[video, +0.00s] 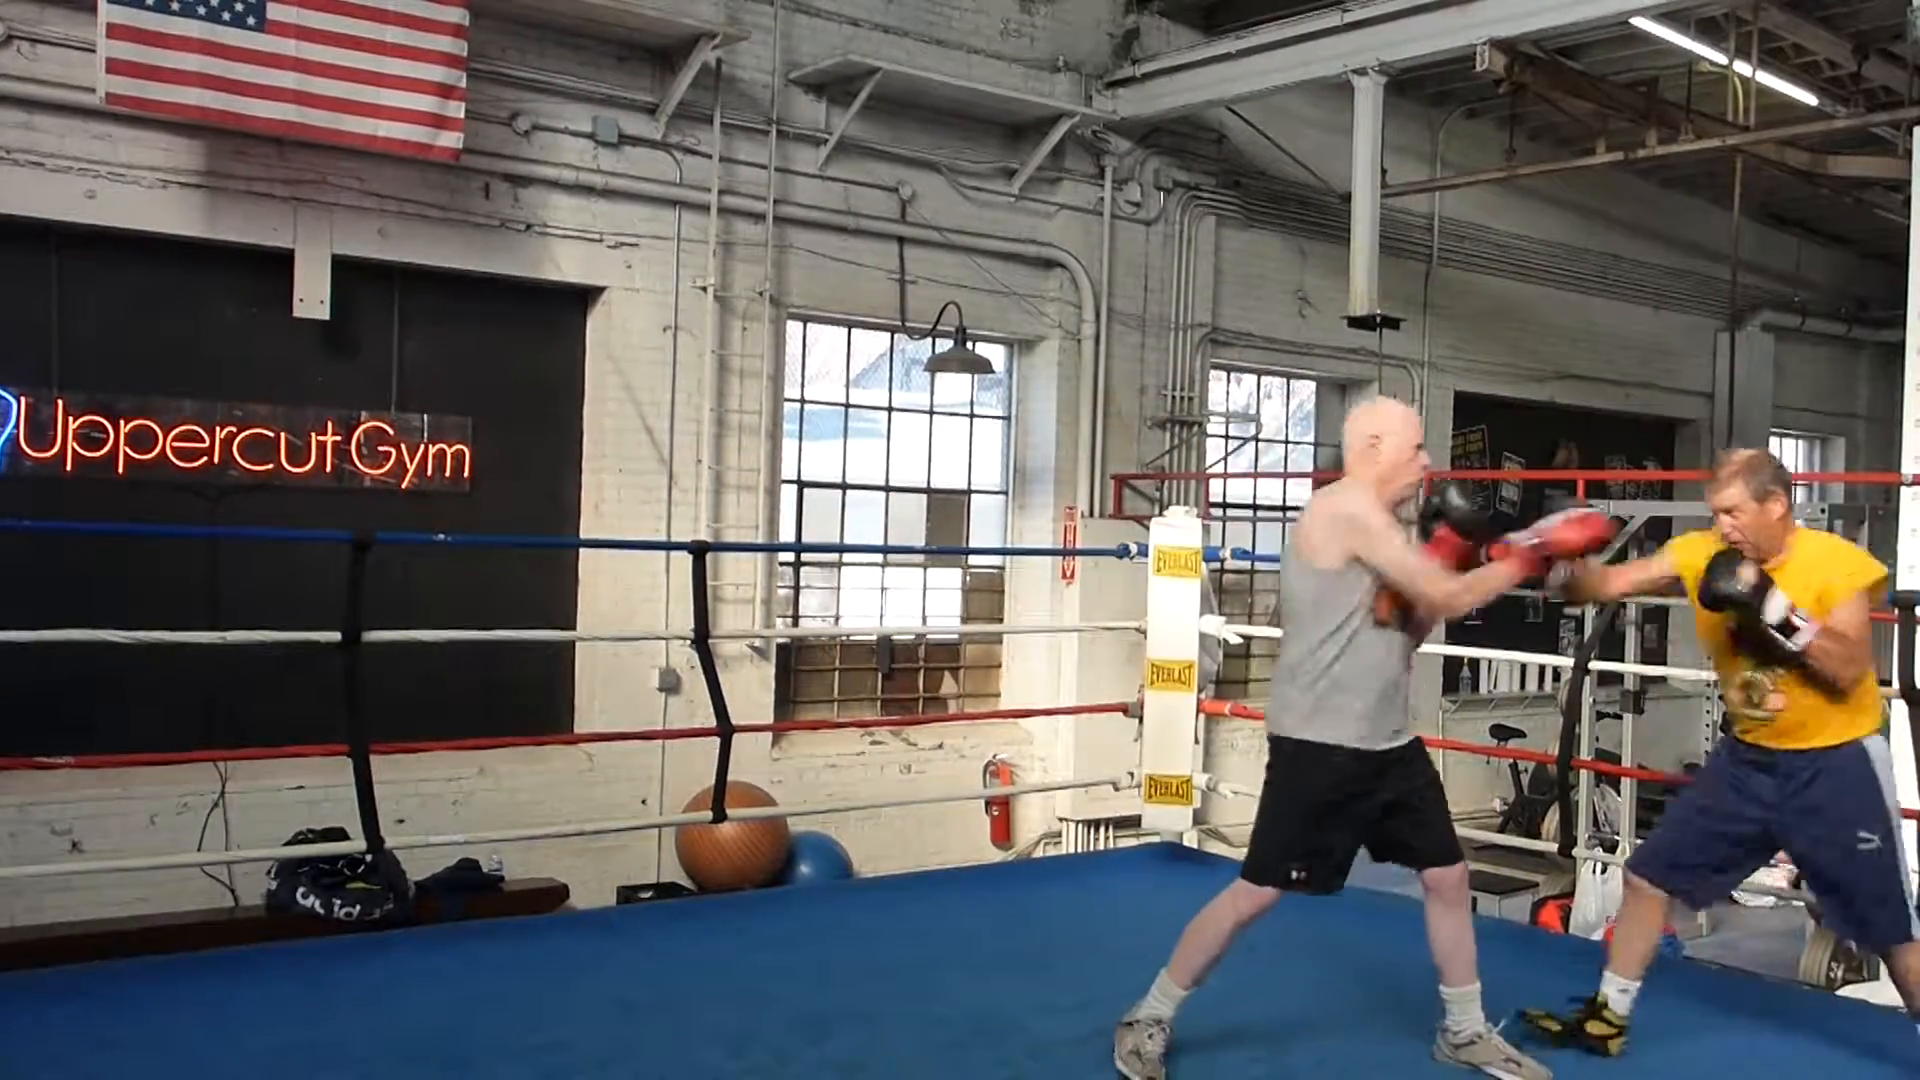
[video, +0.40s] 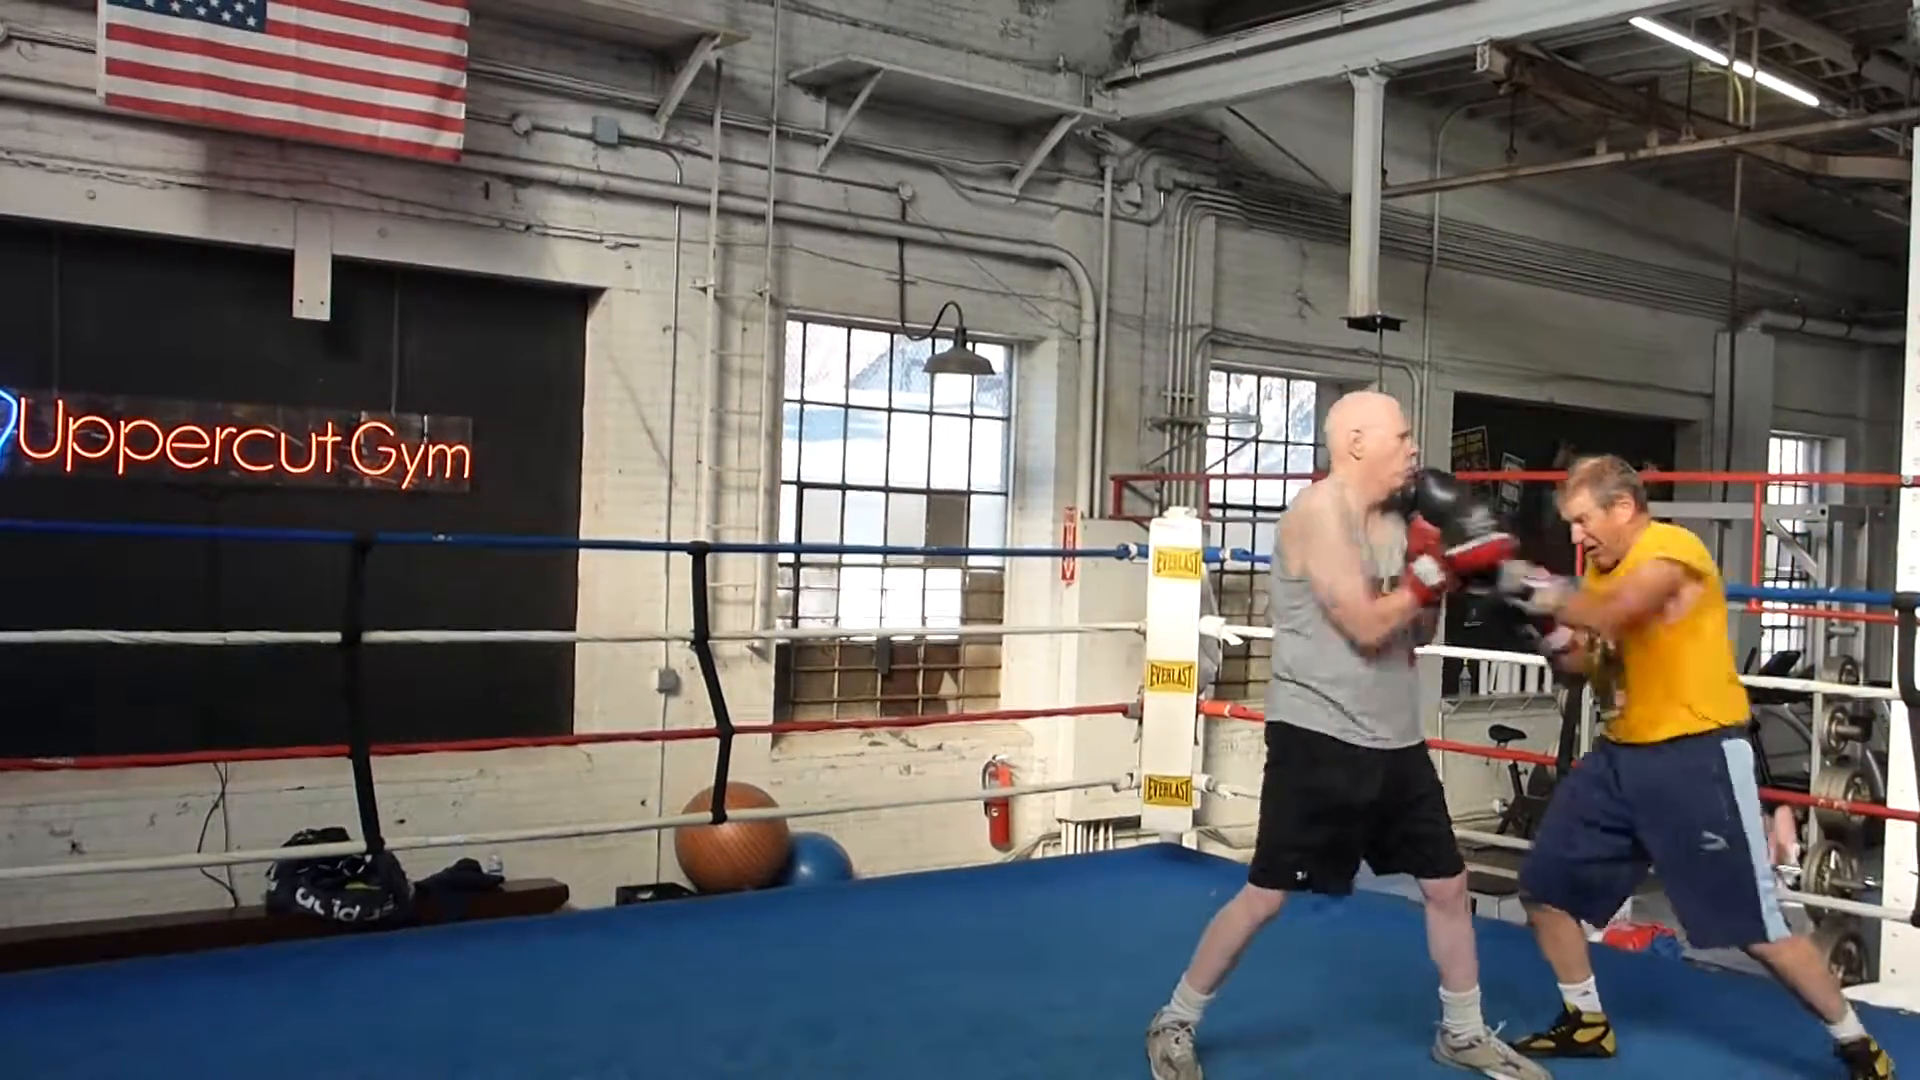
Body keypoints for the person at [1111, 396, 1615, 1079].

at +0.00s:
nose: (1429, 462)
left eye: (1426, 449)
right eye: (1418, 447)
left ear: (1374, 450)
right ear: (1375, 448)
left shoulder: (1373, 521)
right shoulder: (1344, 507)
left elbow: (1396, 638)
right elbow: (1445, 594)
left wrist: (1440, 565)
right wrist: (1530, 554)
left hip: (1390, 743)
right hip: (1317, 744)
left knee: (1448, 877)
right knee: (1255, 893)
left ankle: (1465, 1031)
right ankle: (1151, 1017)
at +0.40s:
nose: (1415, 451)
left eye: (1413, 439)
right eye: (1403, 438)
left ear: (1373, 445)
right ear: (1355, 444)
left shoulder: (1397, 521)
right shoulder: (1315, 509)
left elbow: (1413, 632)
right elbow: (1366, 627)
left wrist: (1437, 567)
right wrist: (1431, 576)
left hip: (1396, 738)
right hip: (1316, 733)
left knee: (1448, 886)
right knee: (1267, 893)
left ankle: (1463, 1032)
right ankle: (1175, 1021)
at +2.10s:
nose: (1512, 460)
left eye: (1510, 446)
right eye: (1497, 446)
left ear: (1480, 456)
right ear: (1444, 455)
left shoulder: (1501, 523)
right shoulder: (1394, 524)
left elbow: (1528, 643)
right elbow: (1407, 667)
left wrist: (1502, 597)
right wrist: (1500, 665)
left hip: (1478, 758)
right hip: (1386, 759)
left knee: (1541, 909)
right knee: (1319, 919)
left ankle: (1527, 1071)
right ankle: (1241, 1039)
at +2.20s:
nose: (1567, 462)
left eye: (1564, 447)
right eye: (1552, 448)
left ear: (1502, 460)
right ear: (1501, 457)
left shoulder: (1482, 519)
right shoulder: (1485, 527)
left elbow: (1507, 639)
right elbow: (1586, 646)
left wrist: (1565, 573)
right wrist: (1682, 630)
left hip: (1488, 765)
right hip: (1412, 764)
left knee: (1549, 905)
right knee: (1334, 915)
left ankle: (1528, 1071)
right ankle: (1234, 1027)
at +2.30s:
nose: (1623, 468)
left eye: (1619, 452)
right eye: (1607, 453)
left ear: (1552, 462)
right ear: (1553, 461)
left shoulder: (1503, 504)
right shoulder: (1560, 529)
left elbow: (1518, 628)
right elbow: (1669, 637)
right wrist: (1760, 636)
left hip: (1502, 761)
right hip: (1439, 757)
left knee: (1558, 905)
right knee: (1355, 915)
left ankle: (1528, 1072)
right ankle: (1210, 1001)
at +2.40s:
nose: (1659, 464)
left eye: (1655, 449)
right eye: (1644, 451)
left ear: (1583, 460)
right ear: (1590, 459)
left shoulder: (1529, 502)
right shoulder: (1597, 530)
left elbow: (1544, 623)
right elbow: (1673, 673)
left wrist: (1618, 608)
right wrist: (1765, 705)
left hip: (1514, 757)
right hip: (1451, 749)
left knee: (1552, 911)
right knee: (1372, 916)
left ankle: (1525, 1070)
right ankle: (1215, 1017)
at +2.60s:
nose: (1687, 462)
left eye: (1687, 447)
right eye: (1673, 444)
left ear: (1623, 448)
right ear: (1613, 443)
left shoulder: (1623, 535)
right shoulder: (1554, 505)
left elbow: (1605, 667)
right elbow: (1484, 636)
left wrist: (1647, 599)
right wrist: (1577, 696)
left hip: (1545, 743)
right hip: (1467, 728)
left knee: (1563, 927)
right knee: (1420, 919)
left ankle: (1528, 1071)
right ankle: (1340, 1072)